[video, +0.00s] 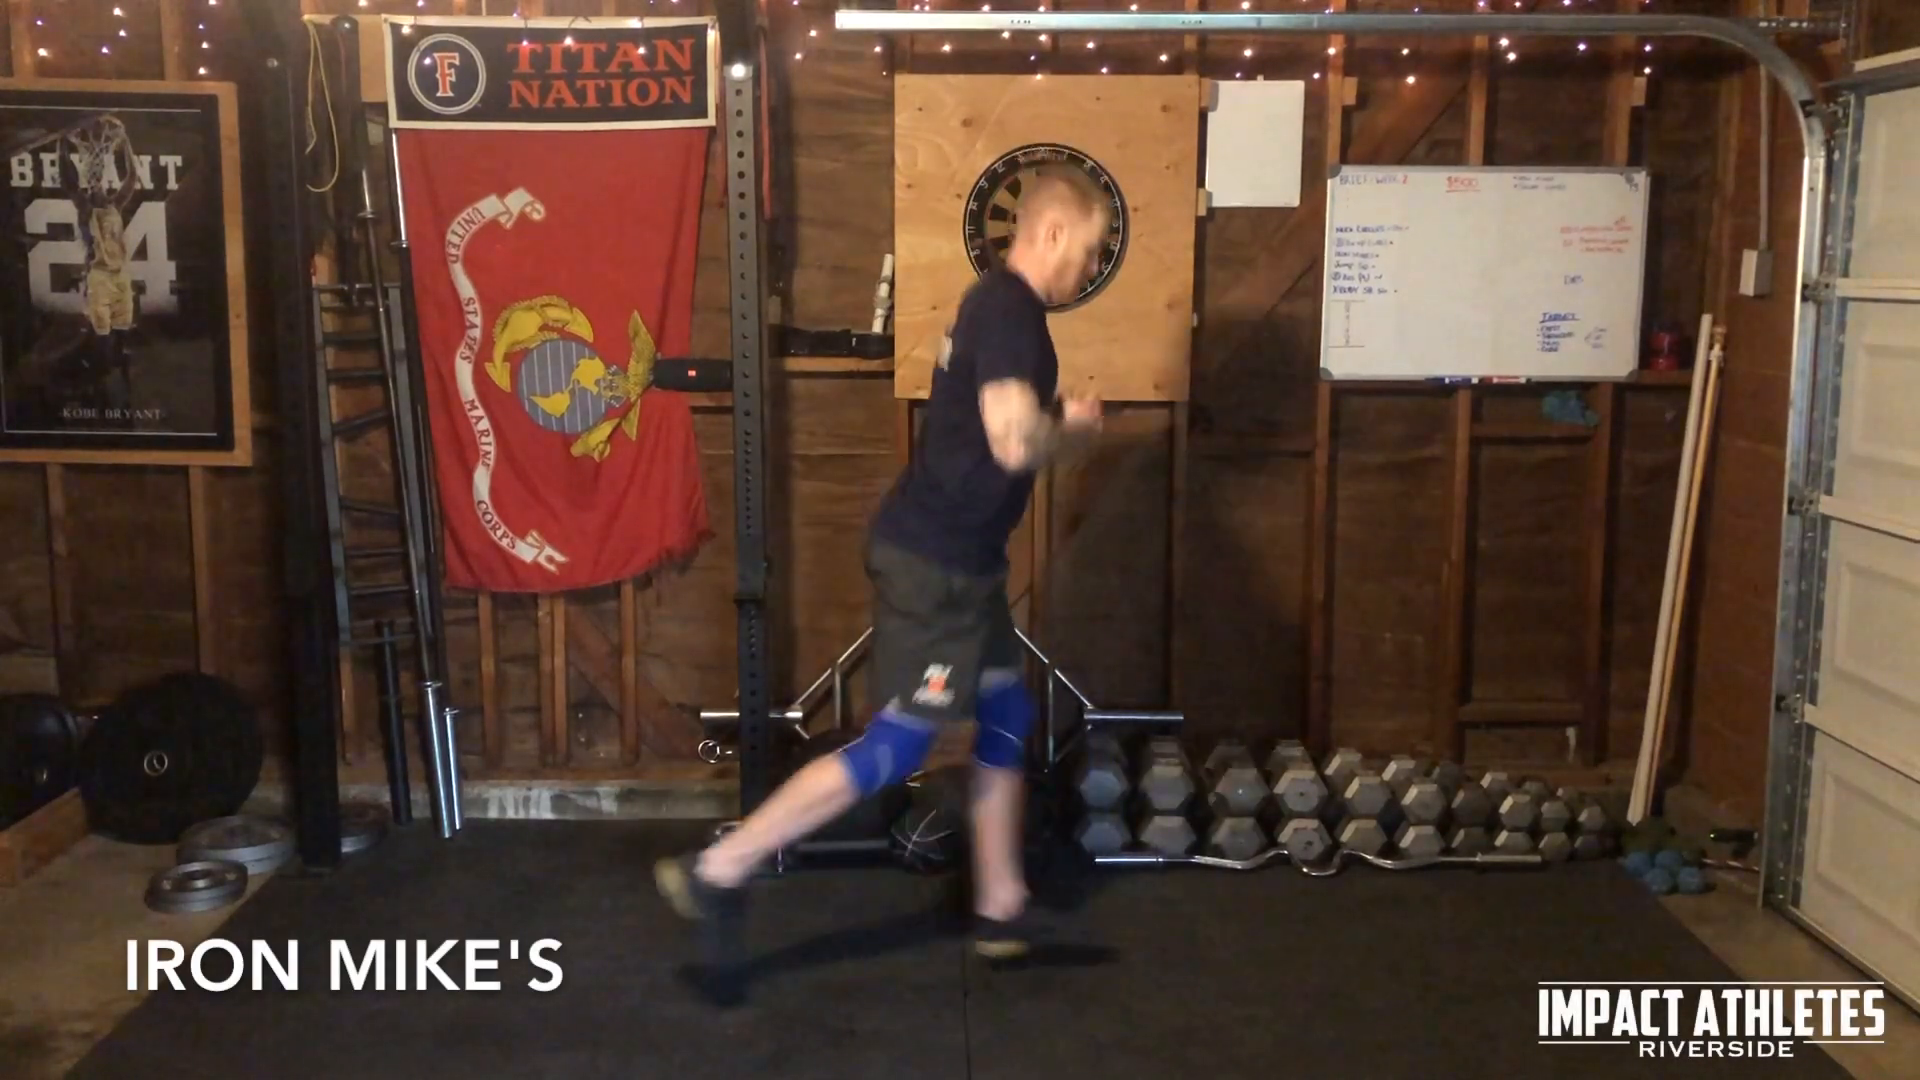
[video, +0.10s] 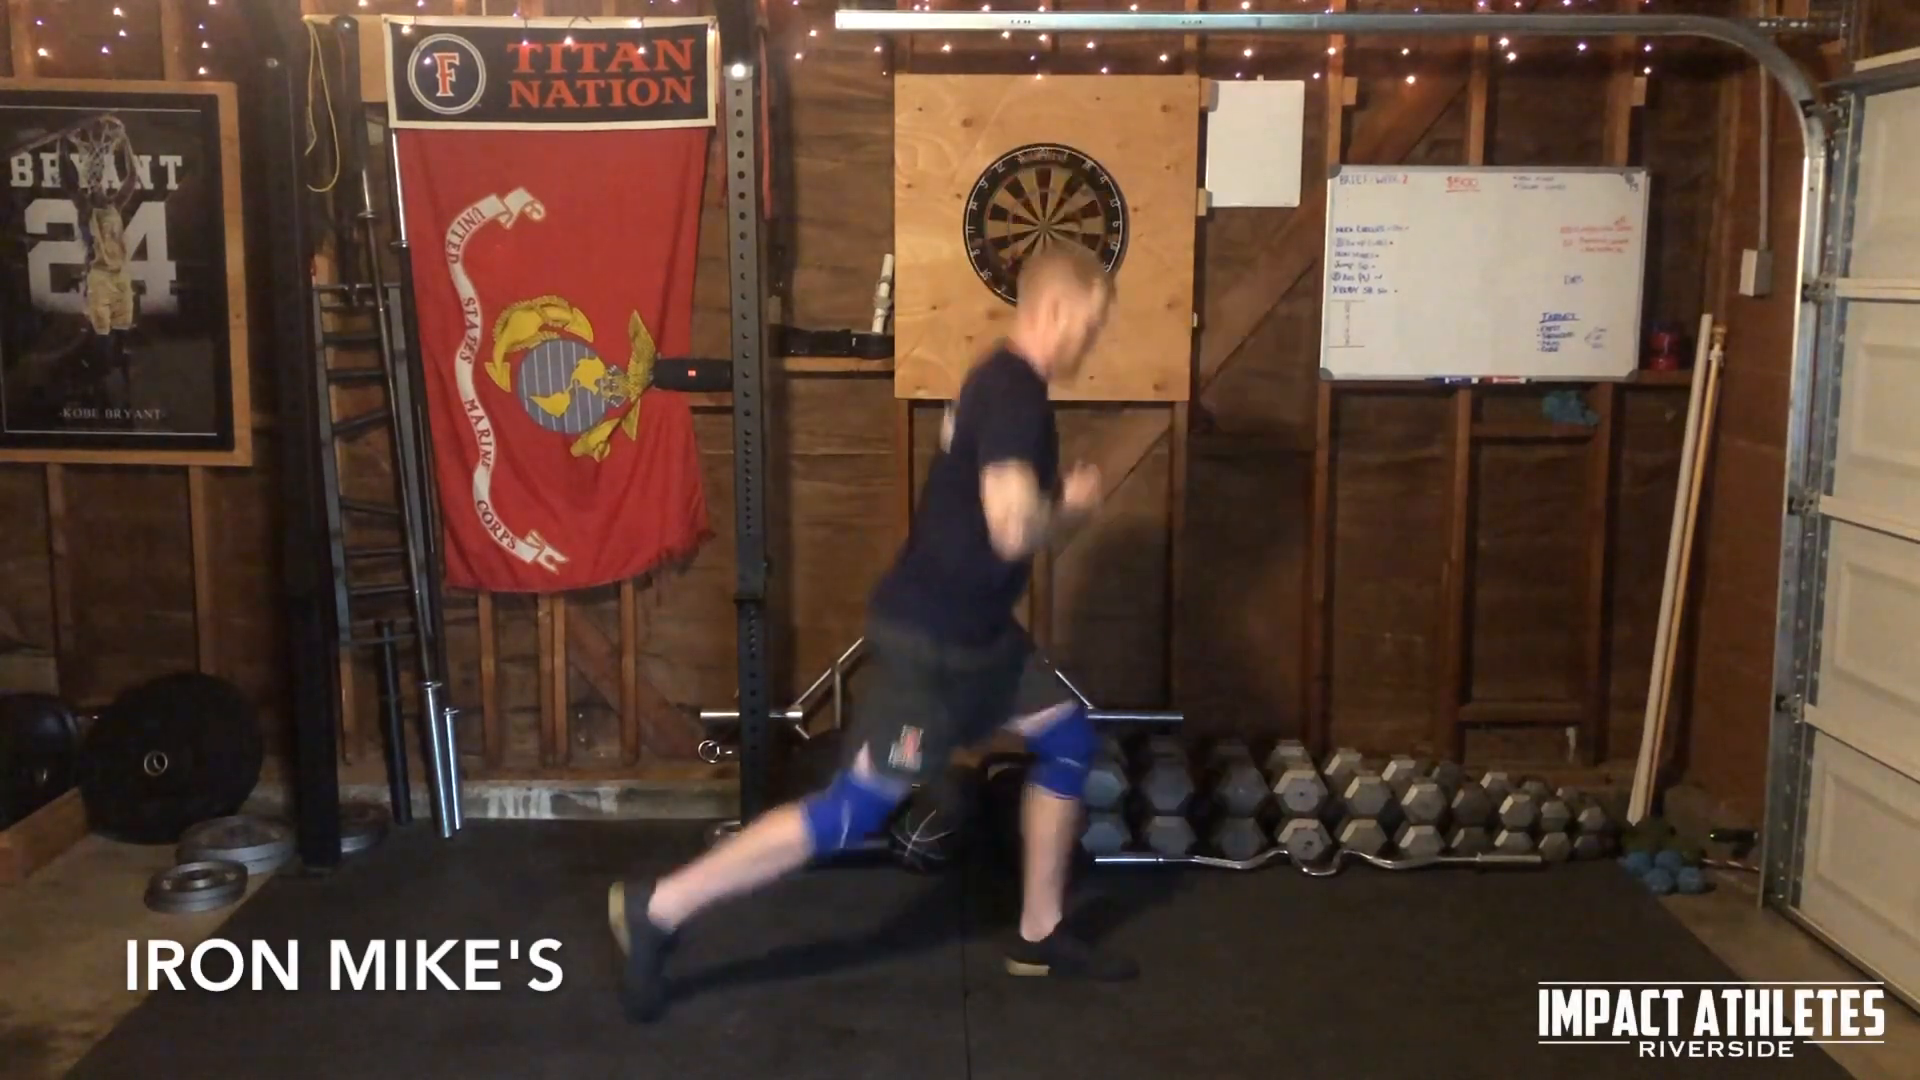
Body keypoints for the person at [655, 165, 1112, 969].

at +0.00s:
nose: (1090, 270)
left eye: (1096, 254)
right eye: (1090, 249)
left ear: (1040, 232)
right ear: (1050, 231)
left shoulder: (1010, 307)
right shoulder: (1006, 308)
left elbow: (997, 426)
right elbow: (1015, 446)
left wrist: (1051, 414)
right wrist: (1072, 426)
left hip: (968, 560)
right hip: (930, 559)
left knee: (1005, 716)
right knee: (897, 743)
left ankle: (1000, 906)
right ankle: (716, 867)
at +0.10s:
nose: (1095, 338)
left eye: (1099, 321)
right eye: (1093, 319)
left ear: (1036, 306)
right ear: (1059, 311)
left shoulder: (1015, 384)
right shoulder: (1010, 387)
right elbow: (1011, 532)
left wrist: (1056, 506)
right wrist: (1070, 504)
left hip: (978, 638)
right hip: (929, 638)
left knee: (1068, 736)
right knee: (854, 811)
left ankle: (1041, 933)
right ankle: (656, 908)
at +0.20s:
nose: (1096, 423)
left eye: (1100, 408)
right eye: (1092, 406)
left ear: (1044, 400)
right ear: (1052, 402)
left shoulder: (1020, 471)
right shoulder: (1007, 483)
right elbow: (997, 628)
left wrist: (1045, 591)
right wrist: (1062, 600)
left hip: (987, 689)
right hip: (922, 708)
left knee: (1107, 759)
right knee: (857, 899)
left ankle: (1043, 933)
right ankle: (643, 936)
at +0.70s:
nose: (1081, 325)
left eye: (1083, 307)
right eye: (1076, 307)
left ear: (1029, 300)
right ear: (1038, 301)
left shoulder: (1013, 386)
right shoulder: (997, 385)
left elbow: (1024, 503)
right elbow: (1006, 529)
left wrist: (1056, 489)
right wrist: (1064, 488)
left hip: (978, 623)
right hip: (921, 625)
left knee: (1061, 732)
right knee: (866, 810)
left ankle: (1043, 931)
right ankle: (677, 912)